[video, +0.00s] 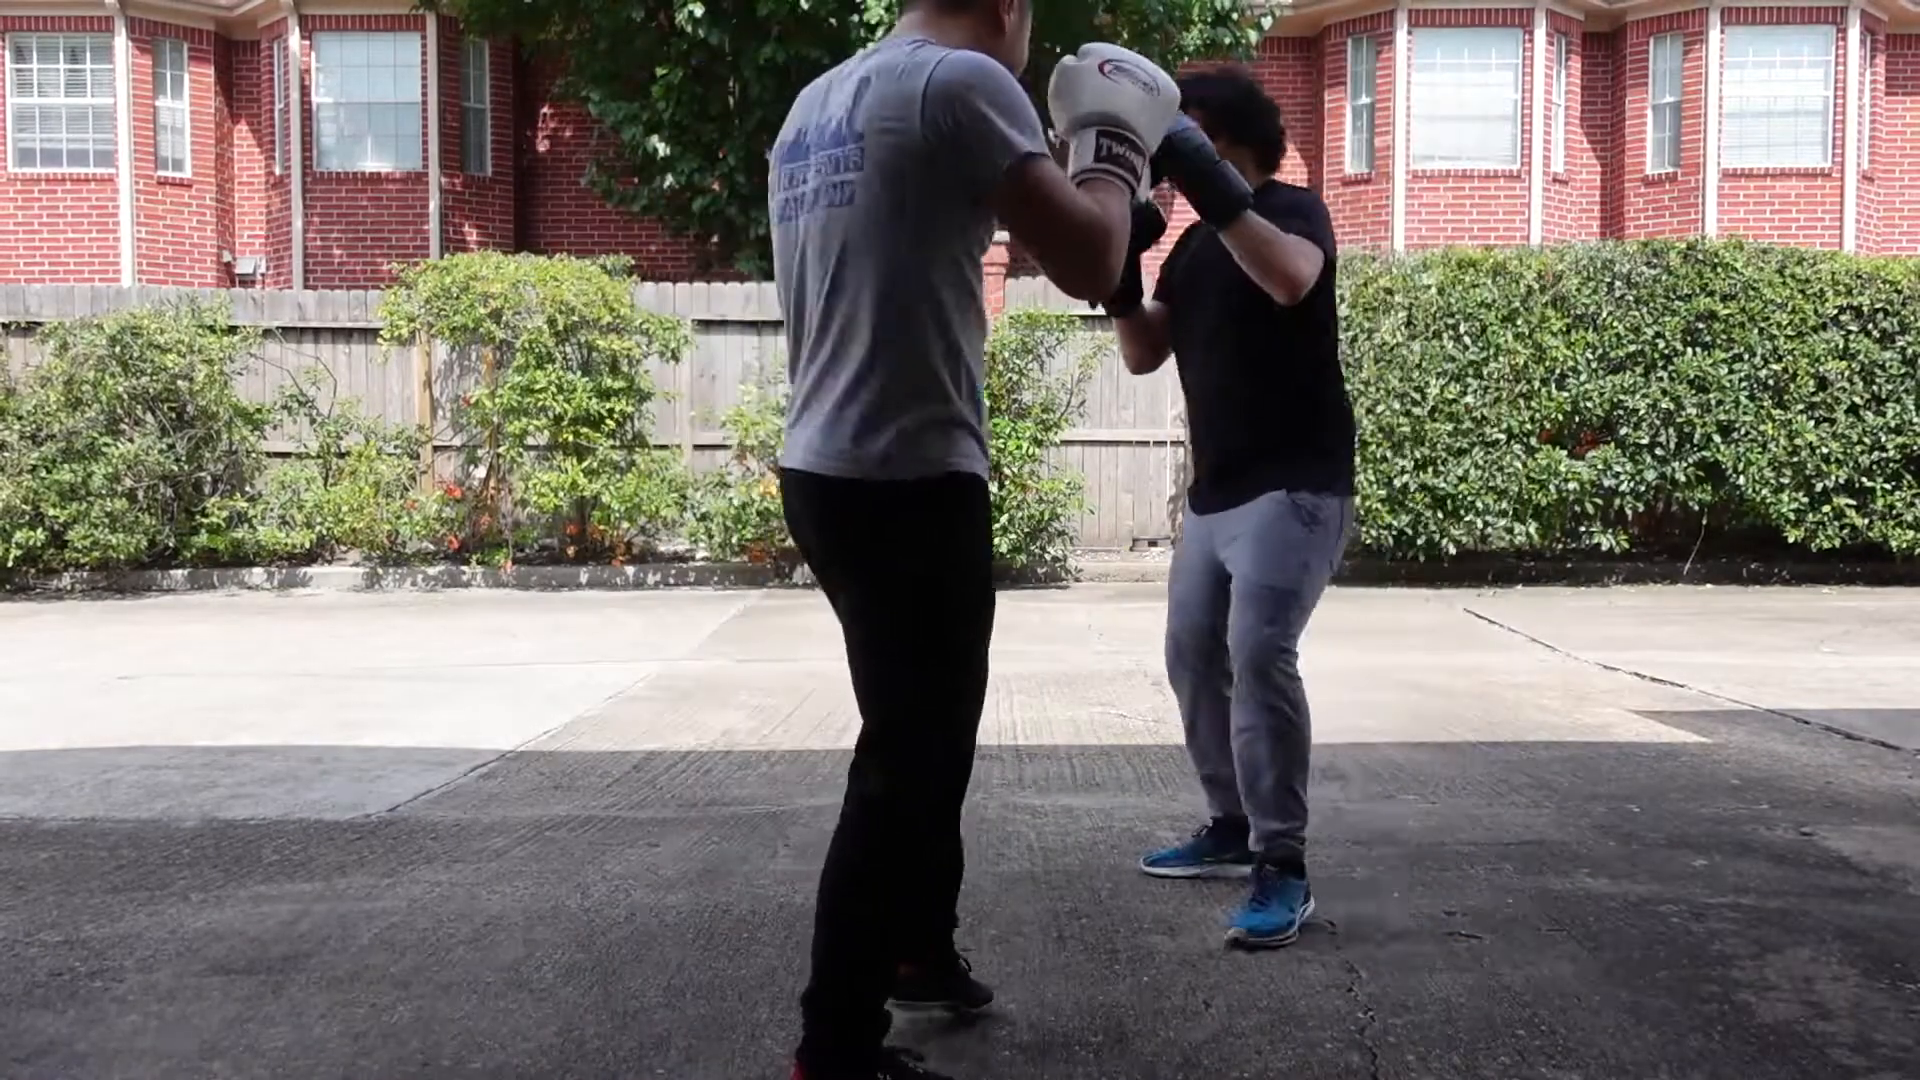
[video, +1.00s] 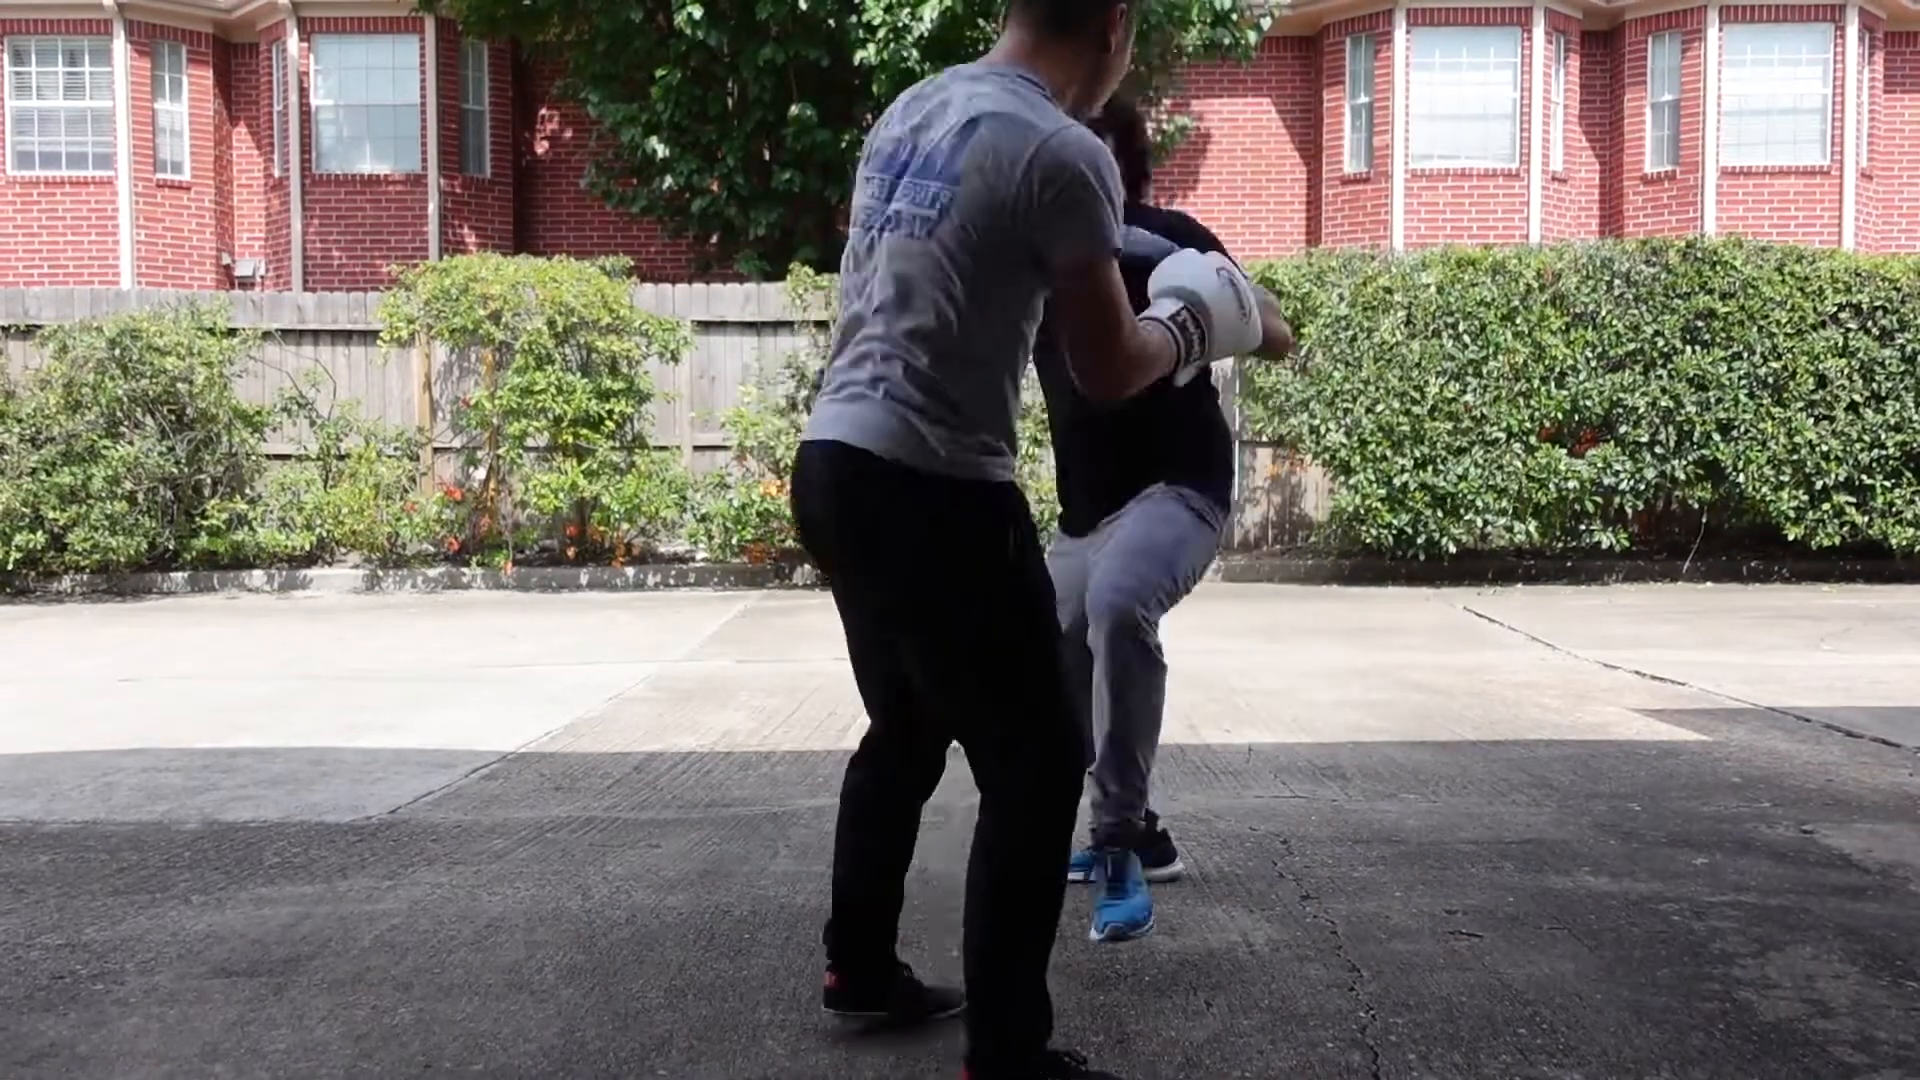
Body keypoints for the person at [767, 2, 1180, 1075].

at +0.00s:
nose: (1020, 33)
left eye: (1020, 23)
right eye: (1022, 23)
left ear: (910, 6)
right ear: (1002, 13)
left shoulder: (811, 105)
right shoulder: (961, 82)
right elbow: (1094, 260)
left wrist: (1065, 185)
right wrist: (1118, 149)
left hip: (827, 471)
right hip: (915, 478)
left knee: (924, 731)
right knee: (908, 753)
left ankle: (919, 956)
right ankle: (839, 1041)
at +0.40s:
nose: (1096, 56)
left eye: (1099, 38)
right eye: (1100, 35)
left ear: (977, 10)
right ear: (1083, 19)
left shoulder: (870, 102)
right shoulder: (1039, 121)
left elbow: (823, 285)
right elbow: (1159, 317)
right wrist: (1176, 223)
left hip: (883, 480)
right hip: (980, 492)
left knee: (1003, 676)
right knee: (1049, 757)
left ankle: (959, 854)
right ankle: (1006, 1043)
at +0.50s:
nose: (1141, 49)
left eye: (1141, 31)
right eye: (1143, 29)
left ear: (1020, 5)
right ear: (1124, 18)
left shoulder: (908, 86)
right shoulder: (1082, 131)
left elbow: (851, 266)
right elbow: (1186, 319)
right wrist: (1195, 223)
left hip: (868, 458)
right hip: (953, 480)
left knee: (1101, 428)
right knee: (1020, 751)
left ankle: (1062, 624)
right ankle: (998, 1048)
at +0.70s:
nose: (1206, 76)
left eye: (1212, 51)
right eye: (1213, 50)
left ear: (1093, 16)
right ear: (1190, 45)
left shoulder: (987, 103)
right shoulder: (1106, 179)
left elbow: (873, 260)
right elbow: (1123, 409)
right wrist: (1200, 385)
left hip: (864, 425)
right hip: (937, 487)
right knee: (997, 751)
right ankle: (993, 1046)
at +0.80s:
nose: (1197, 90)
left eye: (1203, 63)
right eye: (1204, 62)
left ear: (1077, 26)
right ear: (1184, 52)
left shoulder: (959, 108)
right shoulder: (1119, 190)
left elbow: (826, 254)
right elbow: (1131, 428)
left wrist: (810, 350)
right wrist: (1201, 432)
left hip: (859, 432)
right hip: (948, 485)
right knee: (1041, 757)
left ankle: (910, 577)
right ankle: (996, 1048)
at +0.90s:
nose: (1168, 74)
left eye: (1172, 56)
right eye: (1174, 52)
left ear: (1050, 24)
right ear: (1162, 37)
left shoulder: (932, 108)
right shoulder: (1122, 185)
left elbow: (821, 248)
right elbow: (1137, 405)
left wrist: (945, 248)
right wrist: (1195, 396)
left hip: (834, 448)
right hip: (943, 481)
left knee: (963, 602)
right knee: (1047, 756)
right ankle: (999, 1055)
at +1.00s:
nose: (1129, 69)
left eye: (1129, 48)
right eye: (1133, 45)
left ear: (1012, 14)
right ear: (1114, 28)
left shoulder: (902, 114)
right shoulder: (1064, 153)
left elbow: (941, 302)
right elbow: (1110, 371)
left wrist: (1093, 284)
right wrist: (1193, 315)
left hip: (833, 465)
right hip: (945, 485)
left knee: (904, 726)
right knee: (1036, 766)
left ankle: (861, 971)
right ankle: (1012, 1051)